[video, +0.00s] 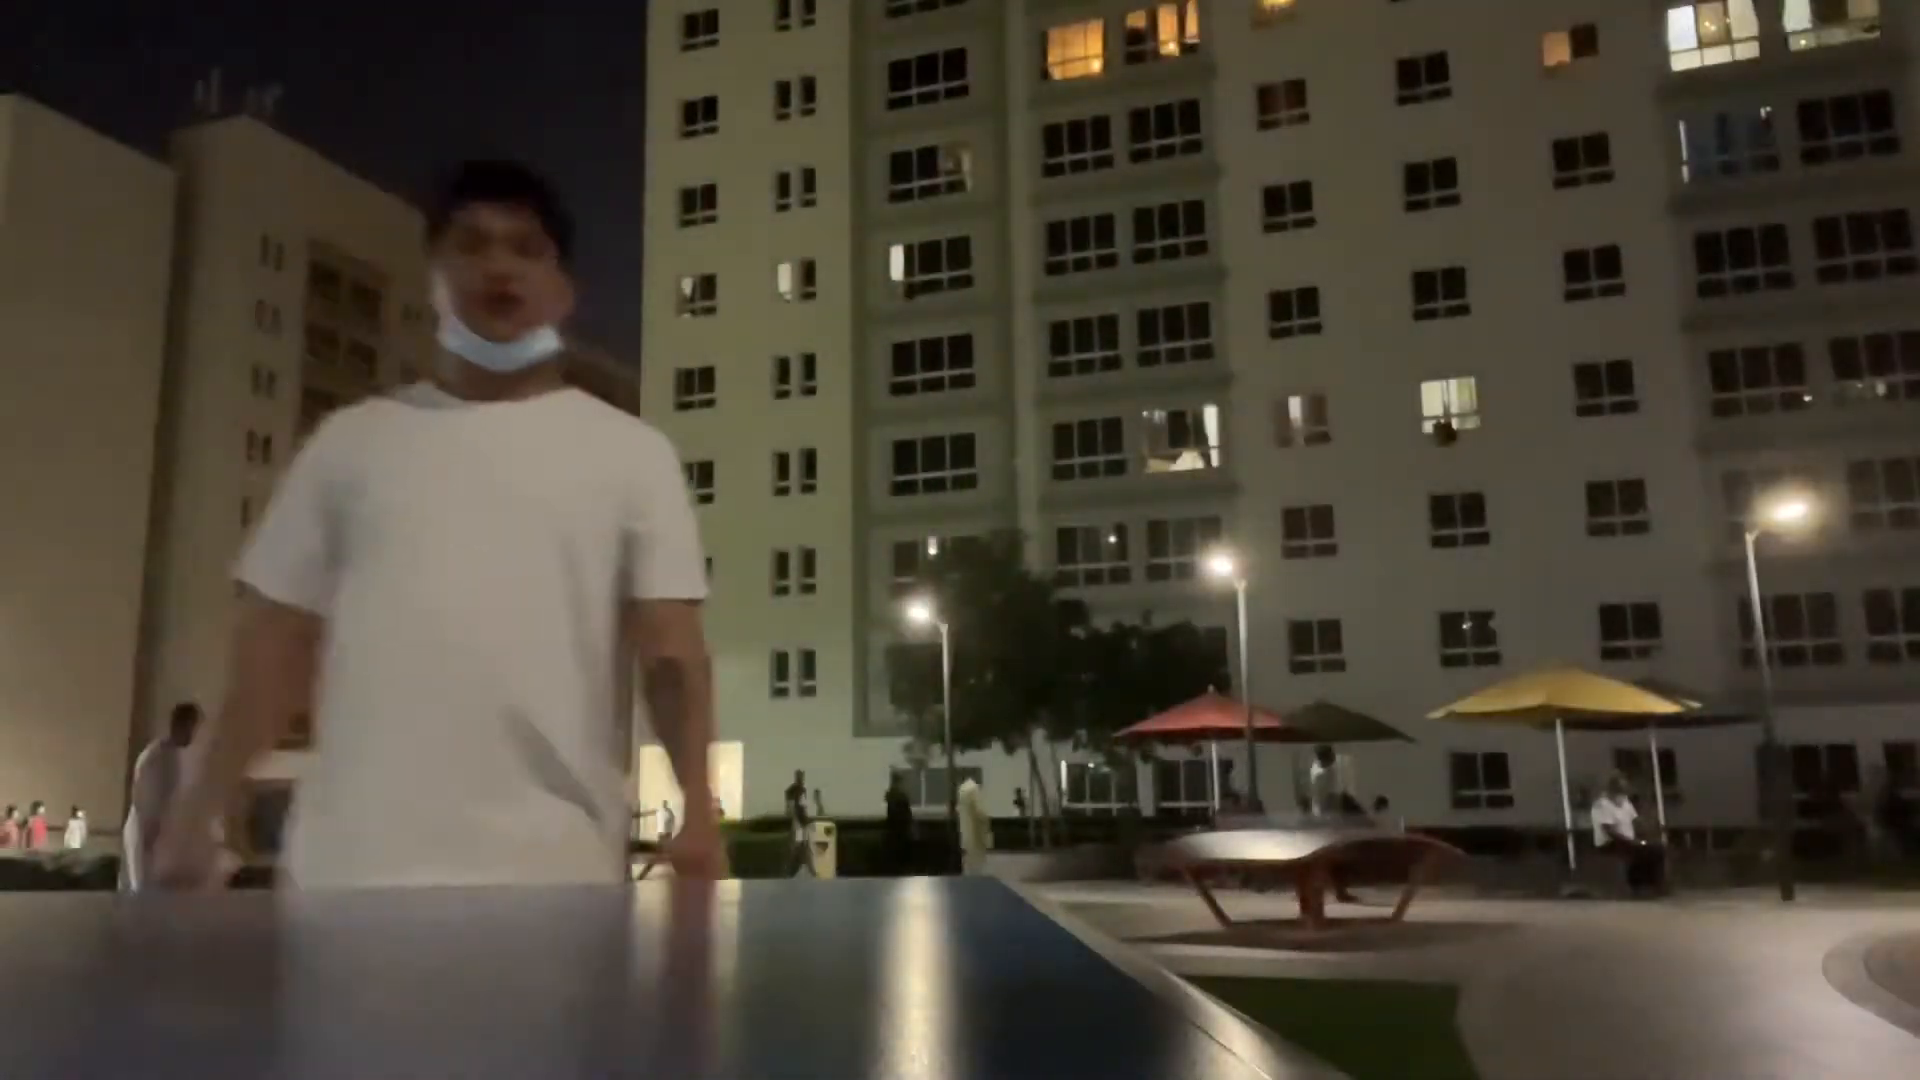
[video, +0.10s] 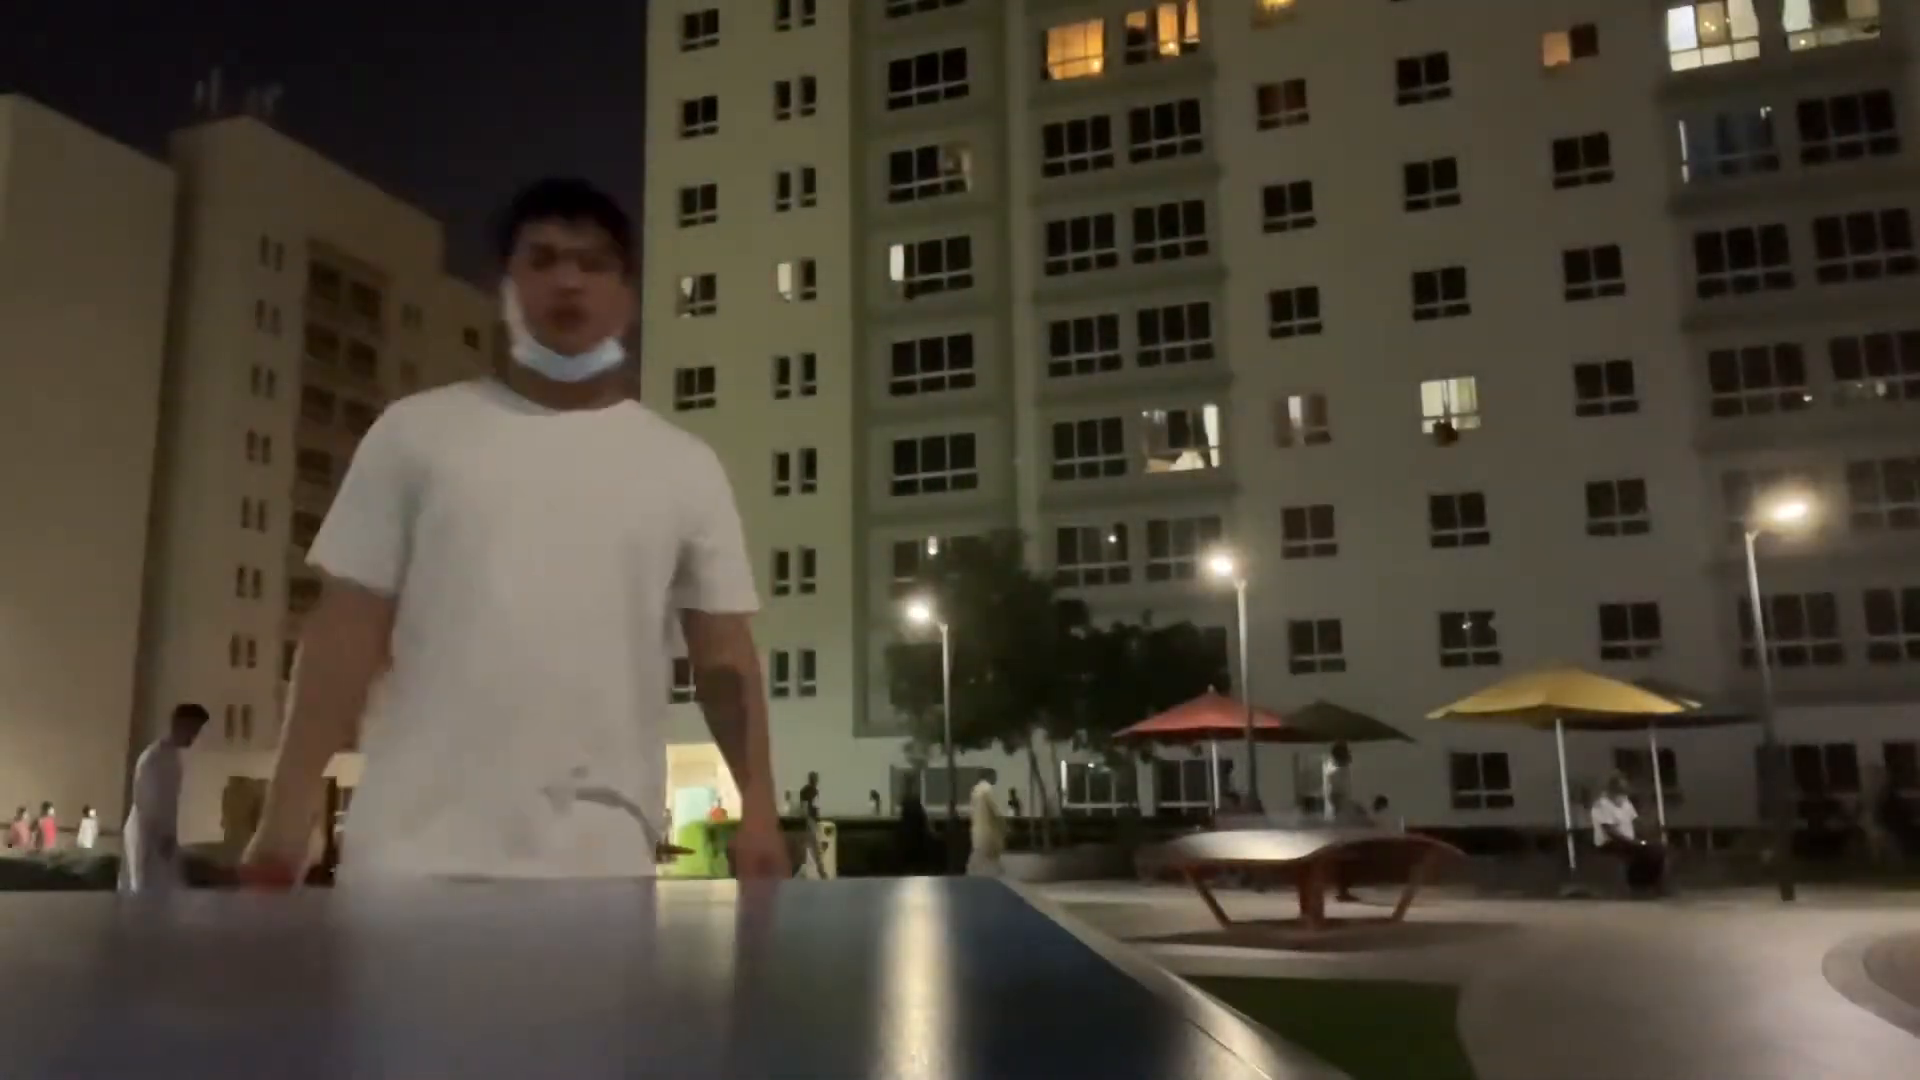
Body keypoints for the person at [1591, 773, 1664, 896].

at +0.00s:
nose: (1622, 796)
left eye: (1624, 792)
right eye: (1619, 793)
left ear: (1626, 790)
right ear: (1612, 790)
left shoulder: (1624, 801)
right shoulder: (1602, 804)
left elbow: (1635, 820)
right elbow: (1608, 829)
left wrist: (1644, 835)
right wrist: (1631, 841)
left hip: (1628, 839)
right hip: (1609, 843)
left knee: (1655, 850)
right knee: (1638, 853)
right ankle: (1636, 887)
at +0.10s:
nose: (1622, 797)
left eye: (1623, 793)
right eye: (1619, 793)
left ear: (1626, 790)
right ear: (1611, 790)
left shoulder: (1624, 801)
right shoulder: (1602, 804)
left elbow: (1634, 820)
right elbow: (1609, 829)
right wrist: (1632, 842)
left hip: (1628, 839)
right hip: (1609, 842)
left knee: (1654, 850)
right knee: (1640, 854)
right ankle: (1638, 888)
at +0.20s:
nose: (1622, 797)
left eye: (1623, 793)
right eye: (1619, 793)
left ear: (1625, 791)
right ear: (1612, 790)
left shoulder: (1624, 801)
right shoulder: (1602, 804)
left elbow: (1634, 820)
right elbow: (1609, 829)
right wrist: (1632, 842)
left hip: (1628, 839)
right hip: (1608, 843)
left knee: (1653, 850)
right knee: (1637, 853)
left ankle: (1651, 885)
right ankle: (1635, 887)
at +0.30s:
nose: (1622, 798)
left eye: (1624, 794)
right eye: (1620, 794)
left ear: (1626, 793)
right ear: (1613, 792)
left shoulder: (1625, 802)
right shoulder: (1602, 805)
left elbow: (1634, 821)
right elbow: (1609, 830)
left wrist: (1644, 835)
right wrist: (1632, 841)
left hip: (1628, 840)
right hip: (1609, 843)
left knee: (1653, 850)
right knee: (1636, 853)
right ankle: (1634, 887)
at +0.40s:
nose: (1622, 797)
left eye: (1624, 794)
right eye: (1620, 793)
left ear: (1625, 792)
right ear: (1612, 791)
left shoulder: (1624, 802)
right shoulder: (1602, 804)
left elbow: (1634, 821)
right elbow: (1608, 829)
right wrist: (1630, 841)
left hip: (1628, 840)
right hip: (1609, 843)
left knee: (1653, 850)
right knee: (1636, 854)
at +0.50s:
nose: (1622, 798)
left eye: (1624, 794)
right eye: (1620, 794)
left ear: (1626, 793)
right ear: (1612, 792)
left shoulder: (1625, 802)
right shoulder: (1602, 805)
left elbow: (1634, 821)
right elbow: (1608, 829)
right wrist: (1631, 841)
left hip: (1628, 841)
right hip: (1610, 844)